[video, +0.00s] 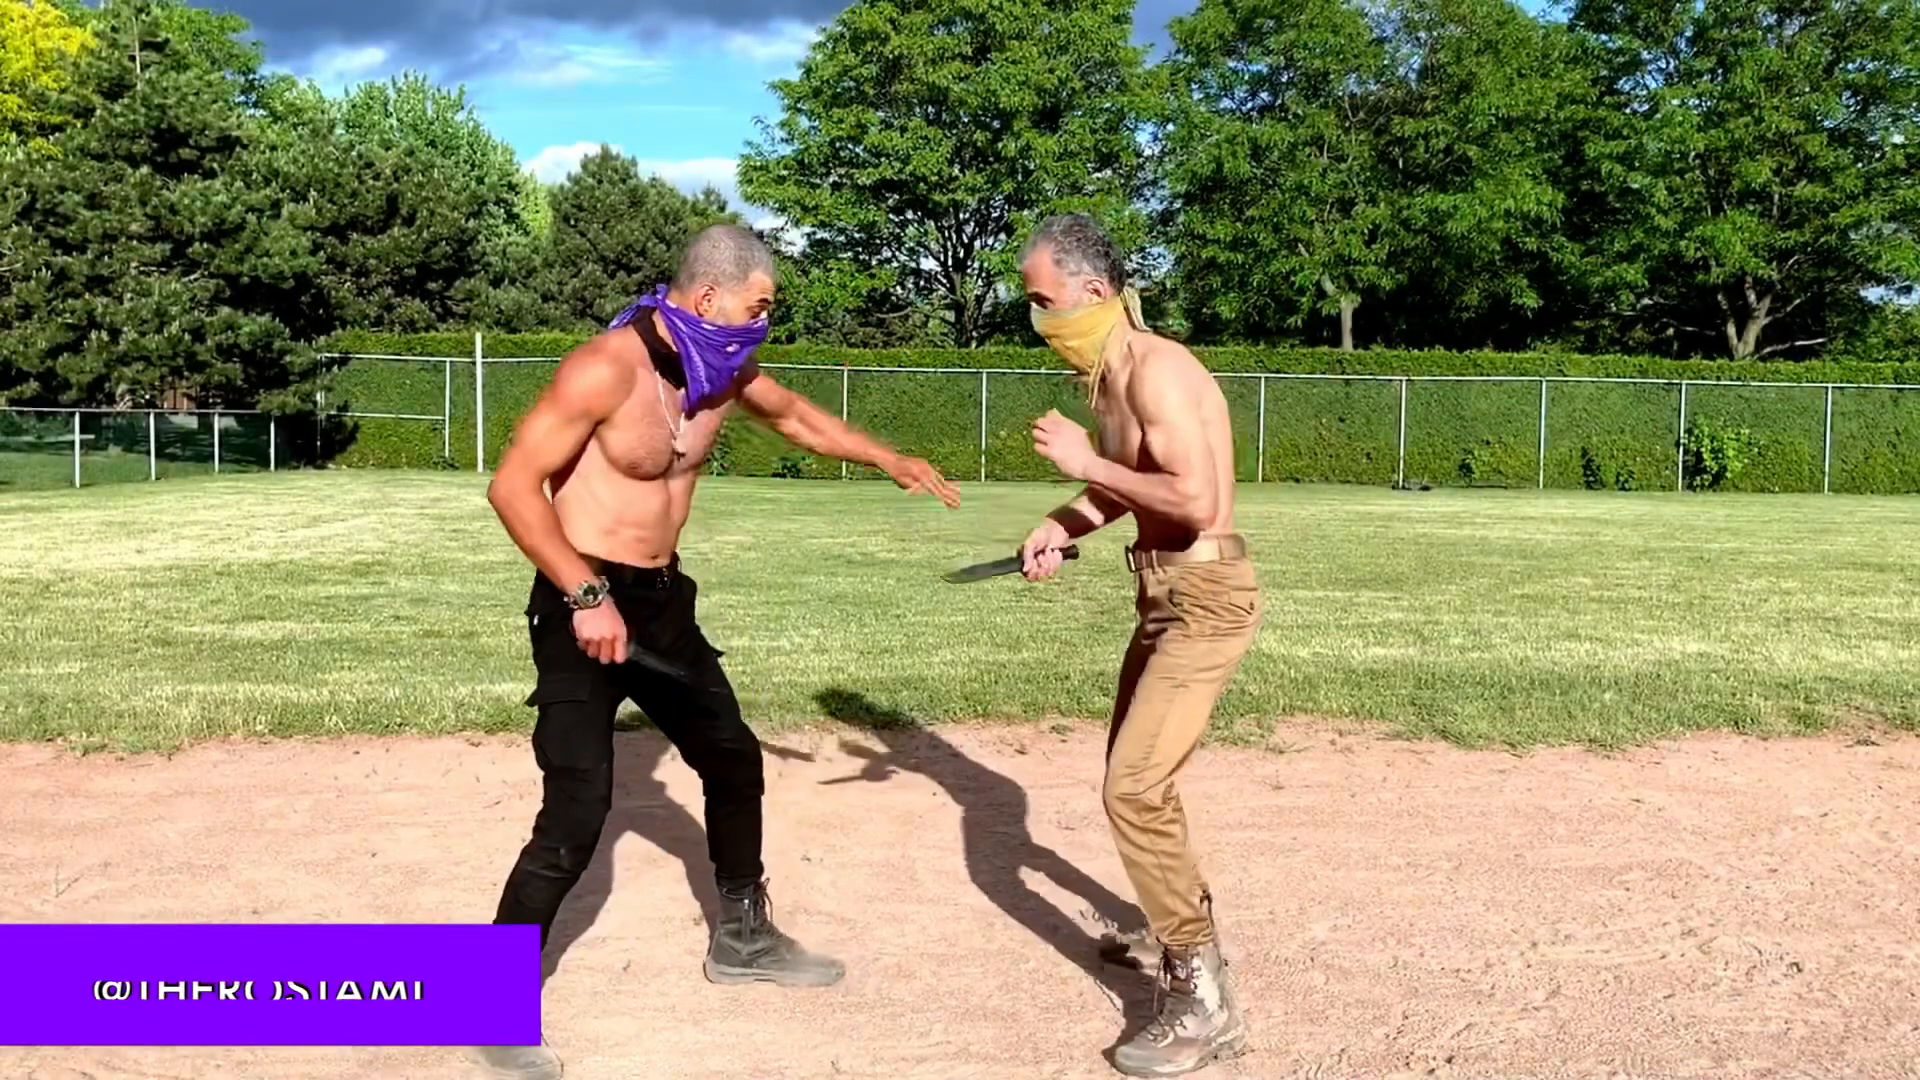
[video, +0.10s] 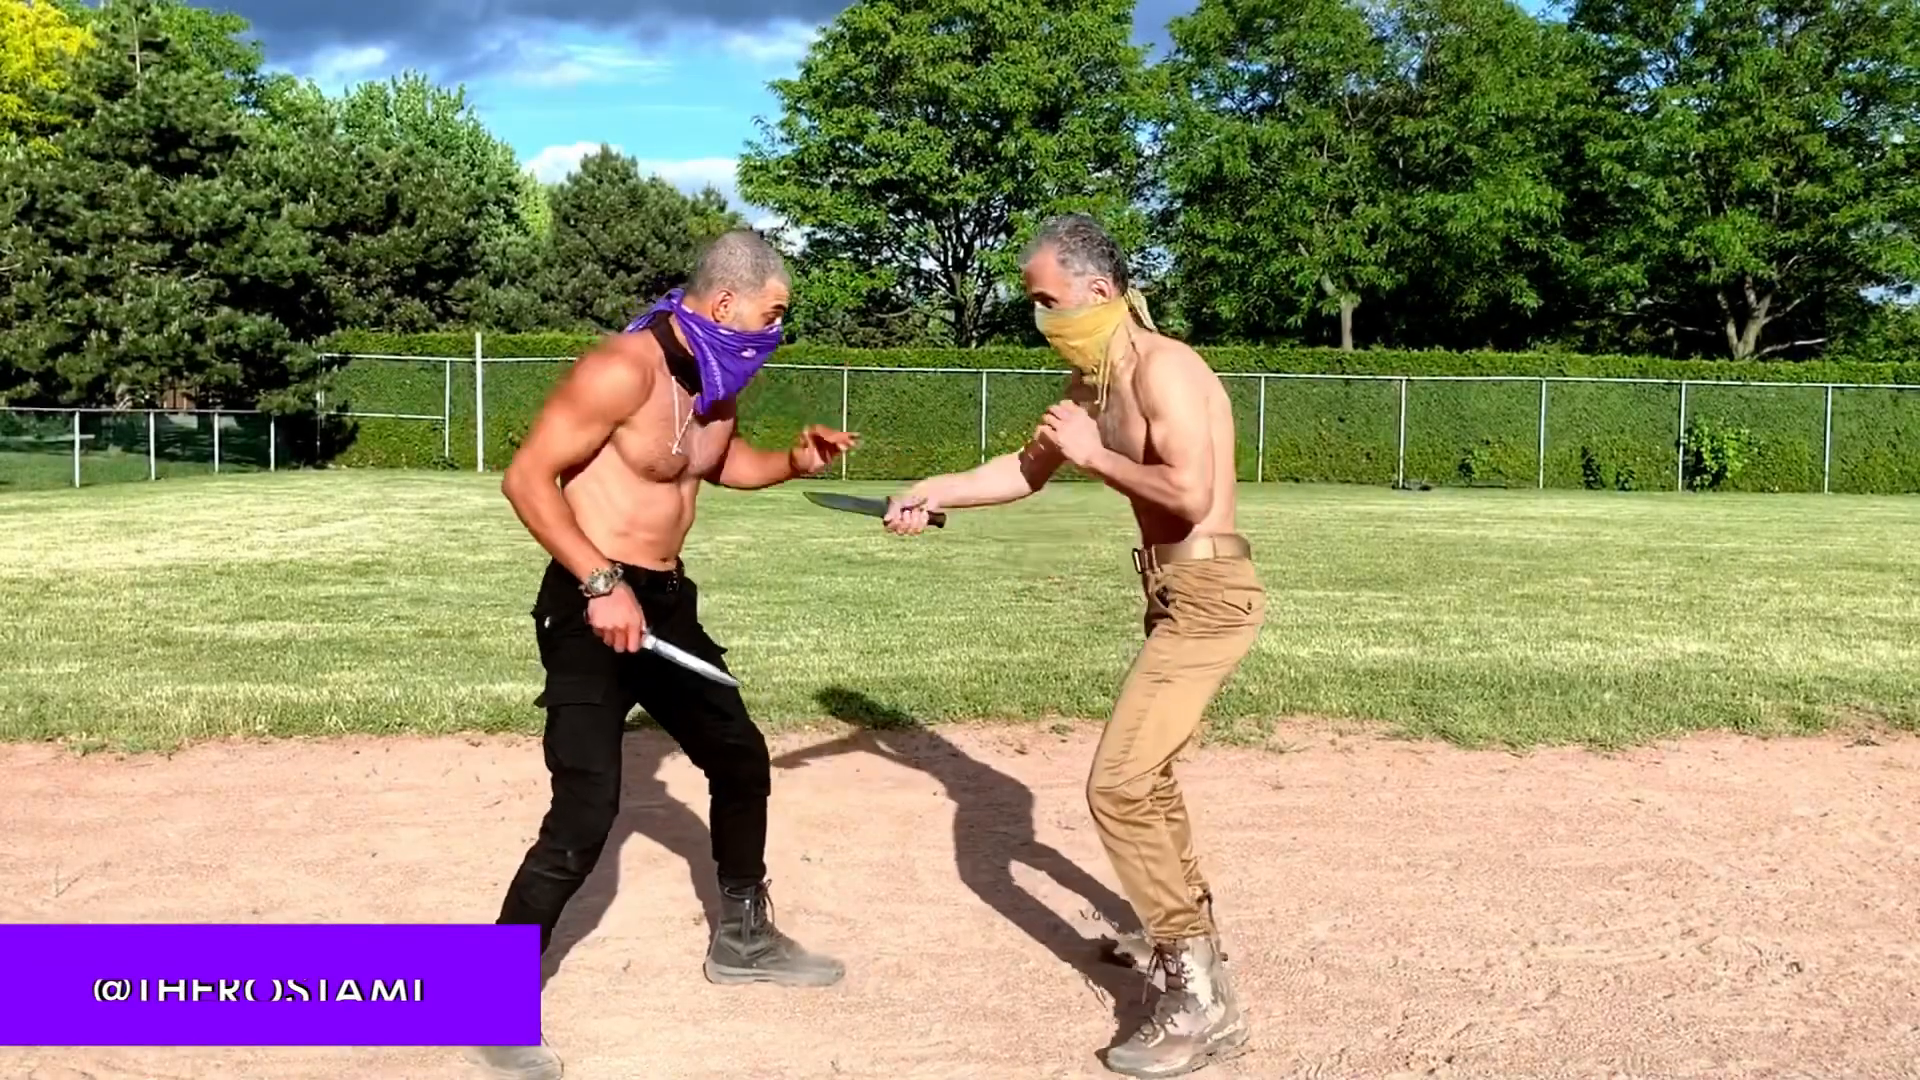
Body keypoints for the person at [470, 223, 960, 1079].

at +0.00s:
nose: (761, 326)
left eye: (767, 311)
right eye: (753, 308)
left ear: (722, 302)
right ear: (700, 299)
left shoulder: (719, 363)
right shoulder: (606, 367)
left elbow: (795, 417)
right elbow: (513, 483)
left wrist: (887, 455)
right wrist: (582, 592)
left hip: (662, 598)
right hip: (580, 598)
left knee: (733, 757)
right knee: (573, 814)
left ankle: (742, 933)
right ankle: (497, 1002)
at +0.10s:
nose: (772, 334)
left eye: (778, 319)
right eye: (765, 316)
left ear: (734, 309)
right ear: (714, 304)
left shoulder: (714, 374)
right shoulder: (623, 367)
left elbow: (722, 463)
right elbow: (526, 477)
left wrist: (795, 459)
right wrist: (598, 582)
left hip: (665, 600)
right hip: (589, 598)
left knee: (740, 759)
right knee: (583, 812)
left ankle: (742, 935)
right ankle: (495, 1003)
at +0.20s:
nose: (779, 333)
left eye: (785, 318)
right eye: (776, 314)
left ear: (729, 299)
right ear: (732, 302)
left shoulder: (689, 366)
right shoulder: (661, 366)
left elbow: (690, 473)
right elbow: (612, 506)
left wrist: (752, 435)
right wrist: (706, 582)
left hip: (657, 603)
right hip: (604, 605)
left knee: (737, 757)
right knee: (608, 818)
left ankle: (741, 935)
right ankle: (499, 1003)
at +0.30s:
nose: (775, 329)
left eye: (780, 314)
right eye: (771, 311)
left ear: (713, 294)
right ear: (725, 298)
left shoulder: (651, 345)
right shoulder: (678, 366)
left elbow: (666, 461)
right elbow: (790, 487)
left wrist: (740, 410)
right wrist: (900, 541)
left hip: (656, 605)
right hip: (591, 608)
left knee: (734, 756)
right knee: (589, 810)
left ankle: (742, 934)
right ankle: (496, 999)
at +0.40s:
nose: (771, 323)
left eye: (775, 307)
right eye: (765, 306)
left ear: (711, 293)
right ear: (719, 298)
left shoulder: (680, 365)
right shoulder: (661, 372)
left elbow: (680, 462)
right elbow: (790, 483)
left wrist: (759, 407)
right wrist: (904, 540)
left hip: (653, 605)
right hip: (575, 606)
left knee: (728, 758)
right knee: (547, 805)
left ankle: (742, 934)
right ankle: (488, 1006)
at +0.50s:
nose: (763, 332)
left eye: (764, 319)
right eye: (756, 316)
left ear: (713, 309)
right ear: (707, 310)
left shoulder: (705, 370)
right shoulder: (623, 379)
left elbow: (785, 377)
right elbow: (623, 529)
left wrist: (860, 382)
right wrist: (700, 637)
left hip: (634, 609)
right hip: (561, 609)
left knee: (736, 761)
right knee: (552, 811)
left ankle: (744, 935)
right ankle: (463, 998)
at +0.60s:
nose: (735, 353)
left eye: (738, 338)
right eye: (726, 336)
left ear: (686, 332)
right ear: (672, 330)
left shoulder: (698, 384)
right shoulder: (576, 394)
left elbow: (798, 387)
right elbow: (462, 502)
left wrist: (881, 440)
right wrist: (527, 617)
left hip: (632, 613)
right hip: (547, 612)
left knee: (733, 768)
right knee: (527, 816)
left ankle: (743, 935)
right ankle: (453, 1007)